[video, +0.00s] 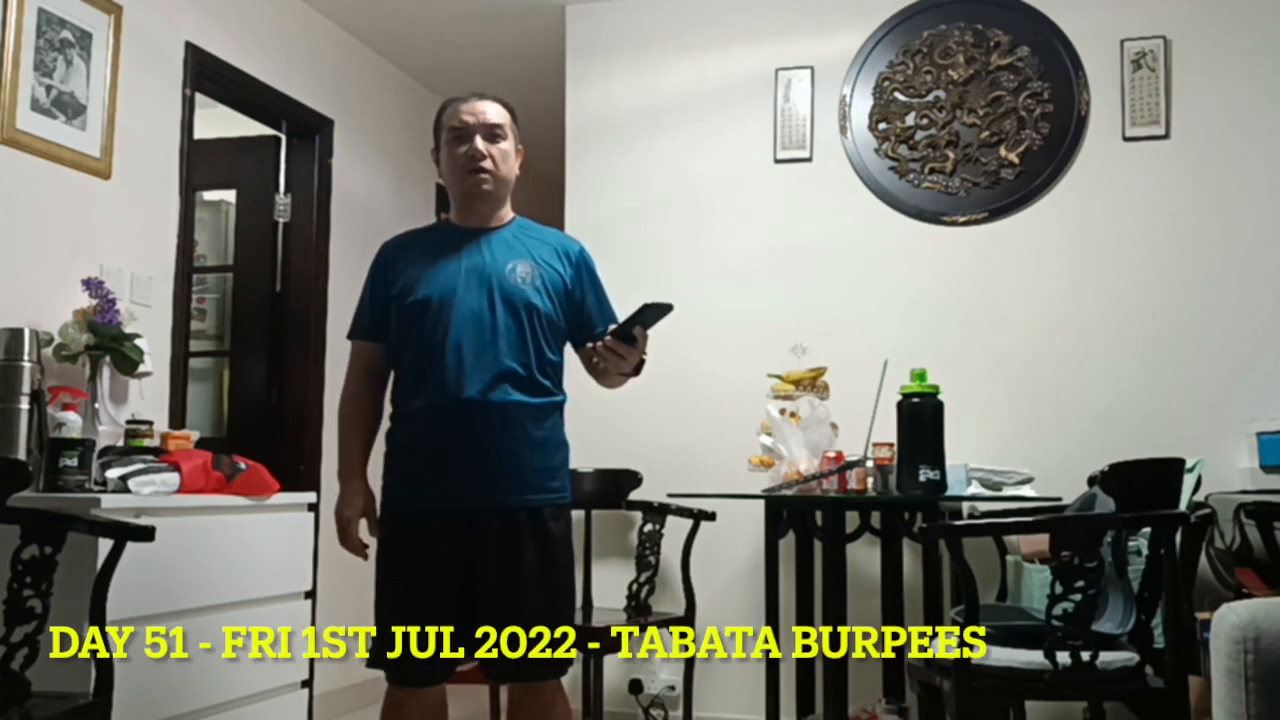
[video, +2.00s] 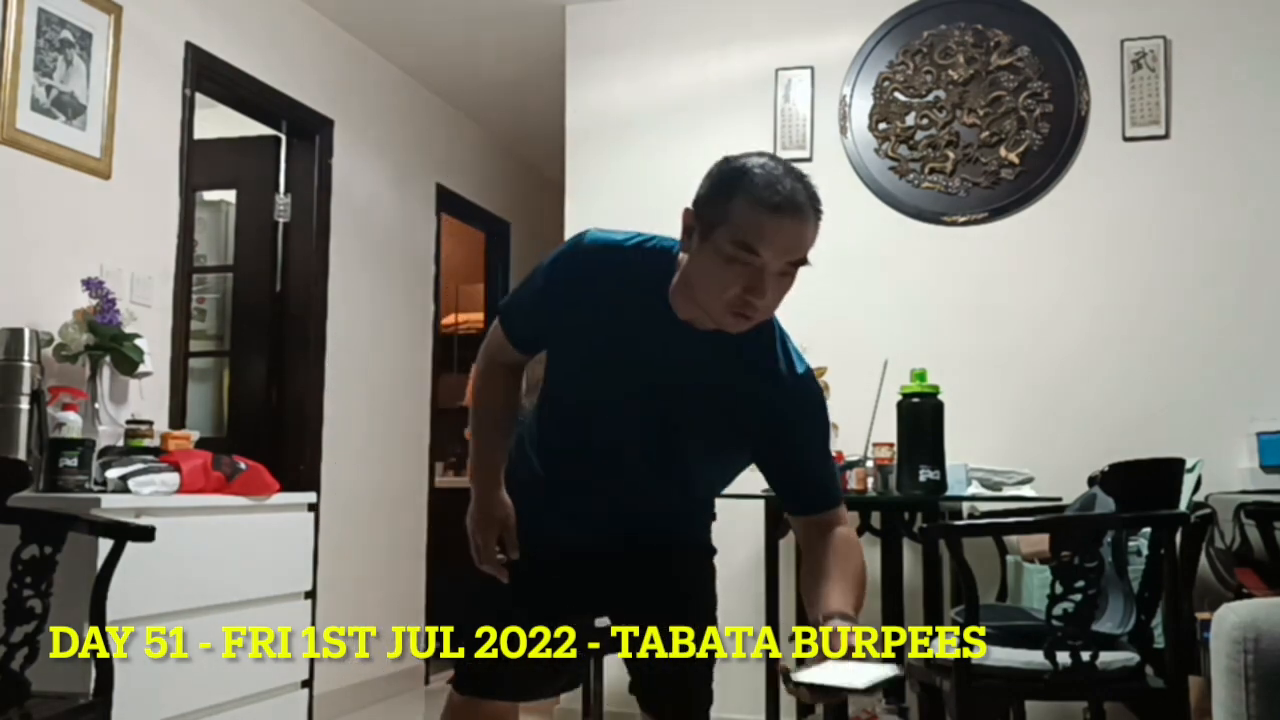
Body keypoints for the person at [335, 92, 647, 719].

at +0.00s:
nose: (477, 146)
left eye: (493, 134)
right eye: (460, 137)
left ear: (519, 159)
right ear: (438, 161)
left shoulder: (563, 253)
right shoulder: (400, 256)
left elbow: (603, 363)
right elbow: (365, 376)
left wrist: (622, 362)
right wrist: (352, 477)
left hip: (528, 497)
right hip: (421, 497)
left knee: (536, 680)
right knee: (413, 681)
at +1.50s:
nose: (543, 185)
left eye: (559, 167)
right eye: (523, 163)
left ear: (571, 171)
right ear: (481, 158)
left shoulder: (594, 274)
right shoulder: (416, 256)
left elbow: (638, 390)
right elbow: (362, 364)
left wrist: (653, 400)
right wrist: (352, 466)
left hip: (543, 521)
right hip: (428, 512)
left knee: (577, 700)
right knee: (398, 701)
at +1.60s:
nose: (594, 190)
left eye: (612, 172)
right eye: (574, 165)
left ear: (624, 175)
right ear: (531, 158)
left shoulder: (639, 286)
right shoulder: (459, 250)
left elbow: (679, 397)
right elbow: (398, 361)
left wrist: (691, 429)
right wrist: (379, 466)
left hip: (575, 528)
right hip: (458, 517)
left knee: (599, 704)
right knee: (408, 696)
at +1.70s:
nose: (651, 210)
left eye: (672, 189)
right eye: (632, 181)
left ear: (685, 186)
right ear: (587, 165)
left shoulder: (690, 303)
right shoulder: (508, 247)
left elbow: (727, 415)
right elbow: (435, 362)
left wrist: (733, 457)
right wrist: (415, 477)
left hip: (610, 533)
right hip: (489, 519)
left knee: (635, 705)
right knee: (436, 702)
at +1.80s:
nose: (701, 239)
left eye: (723, 219)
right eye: (682, 209)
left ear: (738, 214)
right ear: (633, 186)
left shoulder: (732, 331)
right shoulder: (542, 252)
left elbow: (777, 454)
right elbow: (464, 355)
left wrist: (776, 501)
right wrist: (447, 490)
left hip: (637, 540)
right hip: (511, 525)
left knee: (661, 707)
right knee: (460, 705)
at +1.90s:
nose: (739, 269)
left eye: (763, 249)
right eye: (719, 236)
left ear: (776, 245)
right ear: (669, 208)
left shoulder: (763, 363)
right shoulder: (570, 261)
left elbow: (808, 493)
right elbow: (485, 353)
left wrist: (807, 554)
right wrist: (475, 486)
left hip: (656, 544)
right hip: (532, 526)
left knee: (671, 710)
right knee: (470, 704)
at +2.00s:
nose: (764, 293)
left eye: (789, 270)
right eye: (743, 258)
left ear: (801, 265)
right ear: (691, 229)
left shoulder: (782, 387)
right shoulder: (589, 269)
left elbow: (827, 524)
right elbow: (499, 358)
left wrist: (834, 619)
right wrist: (486, 488)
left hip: (669, 544)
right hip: (546, 522)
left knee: (681, 708)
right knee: (482, 701)